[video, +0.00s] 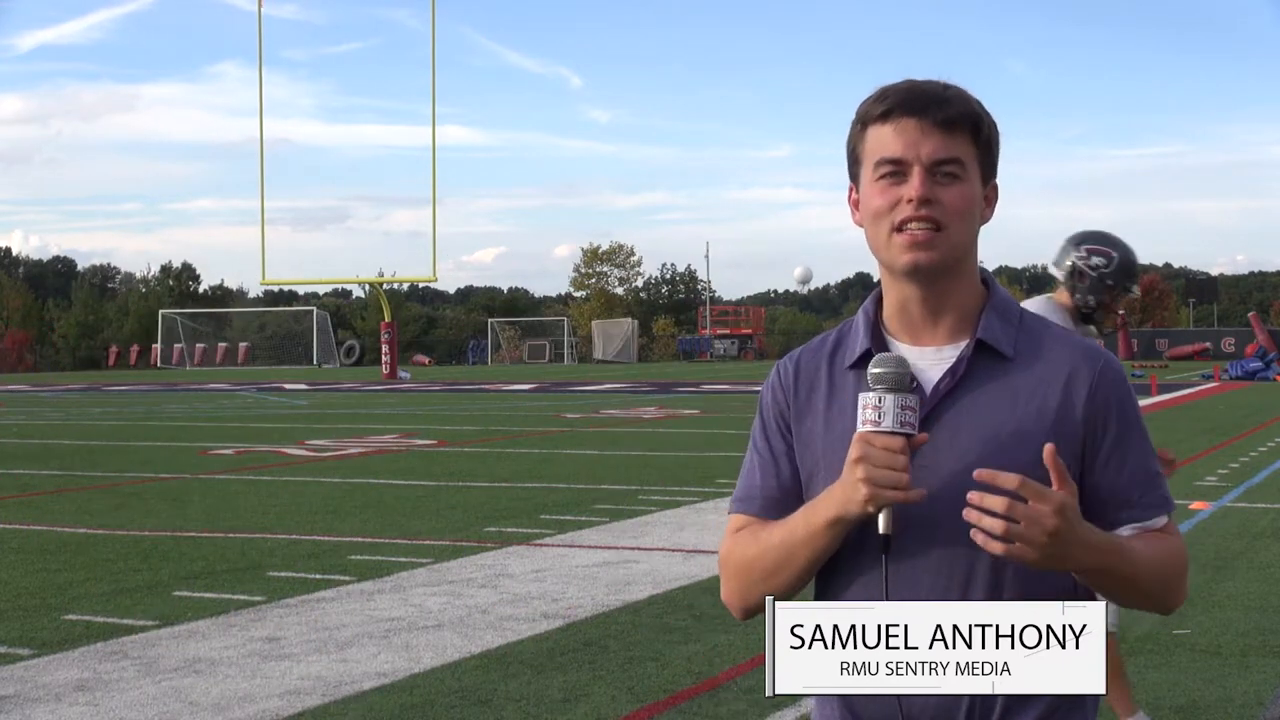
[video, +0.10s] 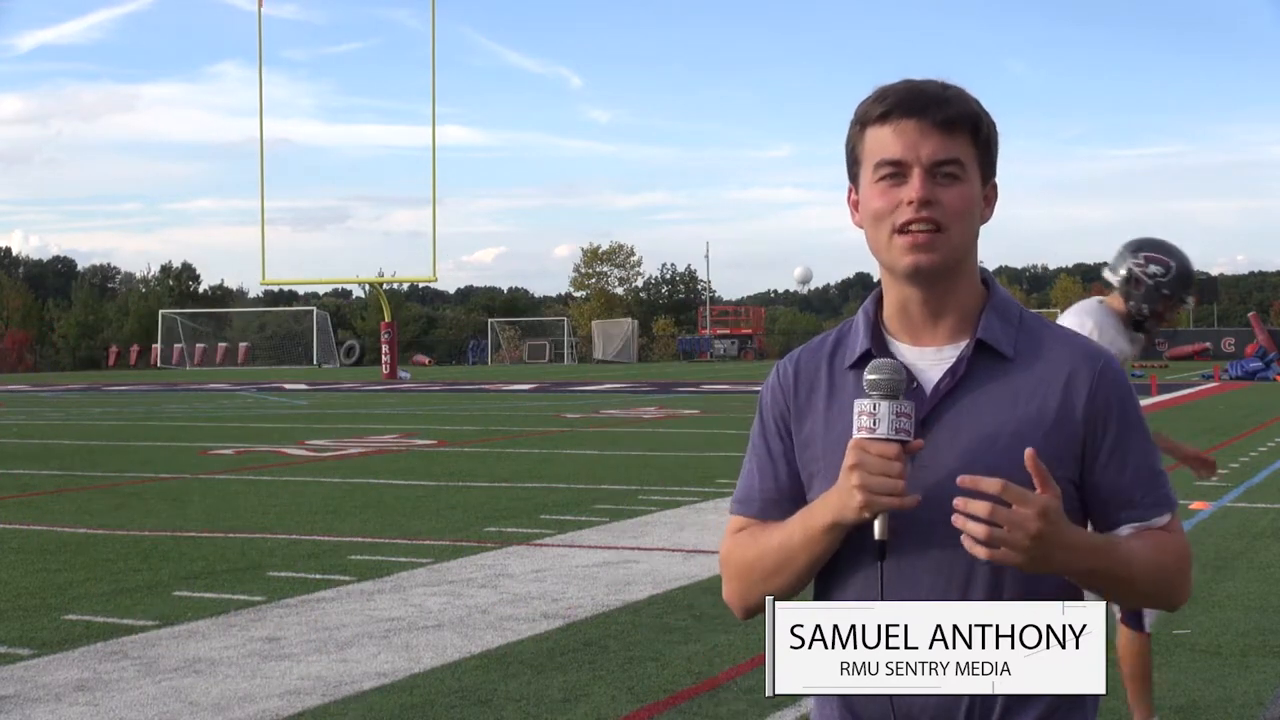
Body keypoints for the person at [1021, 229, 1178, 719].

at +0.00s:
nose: (1120, 306)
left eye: (1123, 295)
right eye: (1117, 294)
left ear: (1078, 276)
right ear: (1091, 283)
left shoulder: (1085, 335)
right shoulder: (1039, 325)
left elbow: (1099, 412)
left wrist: (1146, 450)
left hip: (1089, 491)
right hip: (1052, 495)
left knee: (1093, 611)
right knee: (1093, 611)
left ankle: (1122, 705)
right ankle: (1127, 709)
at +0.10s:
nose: (1168, 314)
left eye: (1172, 304)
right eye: (1165, 302)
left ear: (1129, 283)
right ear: (1140, 289)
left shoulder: (1117, 331)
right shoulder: (1089, 328)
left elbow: (1120, 416)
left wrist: (1180, 451)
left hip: (1108, 485)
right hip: (1085, 491)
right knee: (1134, 606)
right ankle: (1141, 712)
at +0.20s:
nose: (1221, 318)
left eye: (1226, 310)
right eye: (1220, 308)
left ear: (1181, 282)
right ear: (1201, 295)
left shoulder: (1154, 324)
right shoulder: (1145, 335)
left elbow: (1145, 420)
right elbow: (1119, 426)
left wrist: (1197, 473)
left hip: (1127, 479)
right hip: (1123, 488)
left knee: (1152, 606)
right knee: (1164, 602)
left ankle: (1059, 649)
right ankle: (1148, 714)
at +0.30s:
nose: (1269, 317)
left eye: (1272, 307)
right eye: (1267, 305)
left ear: (1243, 292)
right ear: (1246, 294)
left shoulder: (1207, 330)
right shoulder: (1196, 330)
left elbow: (1186, 439)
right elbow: (1186, 443)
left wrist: (1204, 519)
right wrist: (1211, 523)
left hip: (1178, 473)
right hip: (1155, 475)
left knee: (1237, 593)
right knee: (1181, 611)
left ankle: (1177, 687)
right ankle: (1151, 714)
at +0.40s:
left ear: (1275, 311)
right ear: (1279, 314)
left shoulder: (1259, 337)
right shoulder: (1251, 340)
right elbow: (1252, 460)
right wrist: (1277, 535)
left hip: (1220, 473)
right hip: (1185, 473)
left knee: (1276, 588)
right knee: (1199, 621)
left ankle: (1278, 700)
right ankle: (1153, 715)